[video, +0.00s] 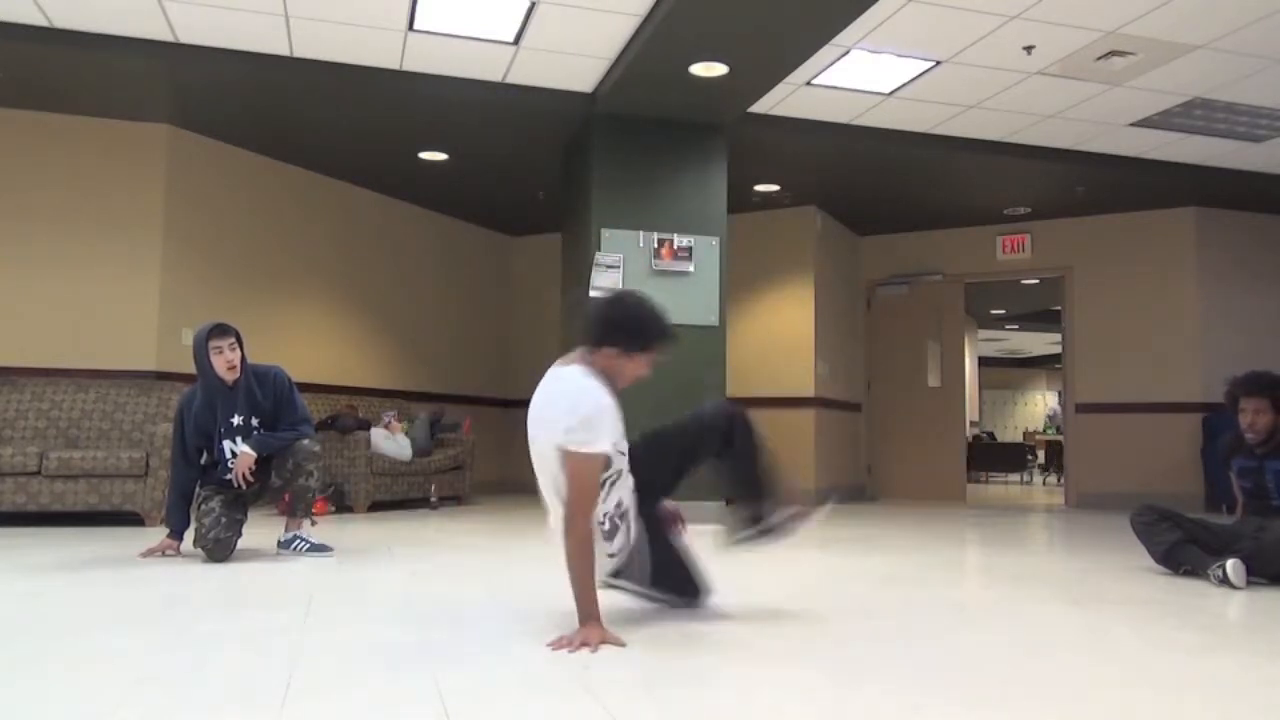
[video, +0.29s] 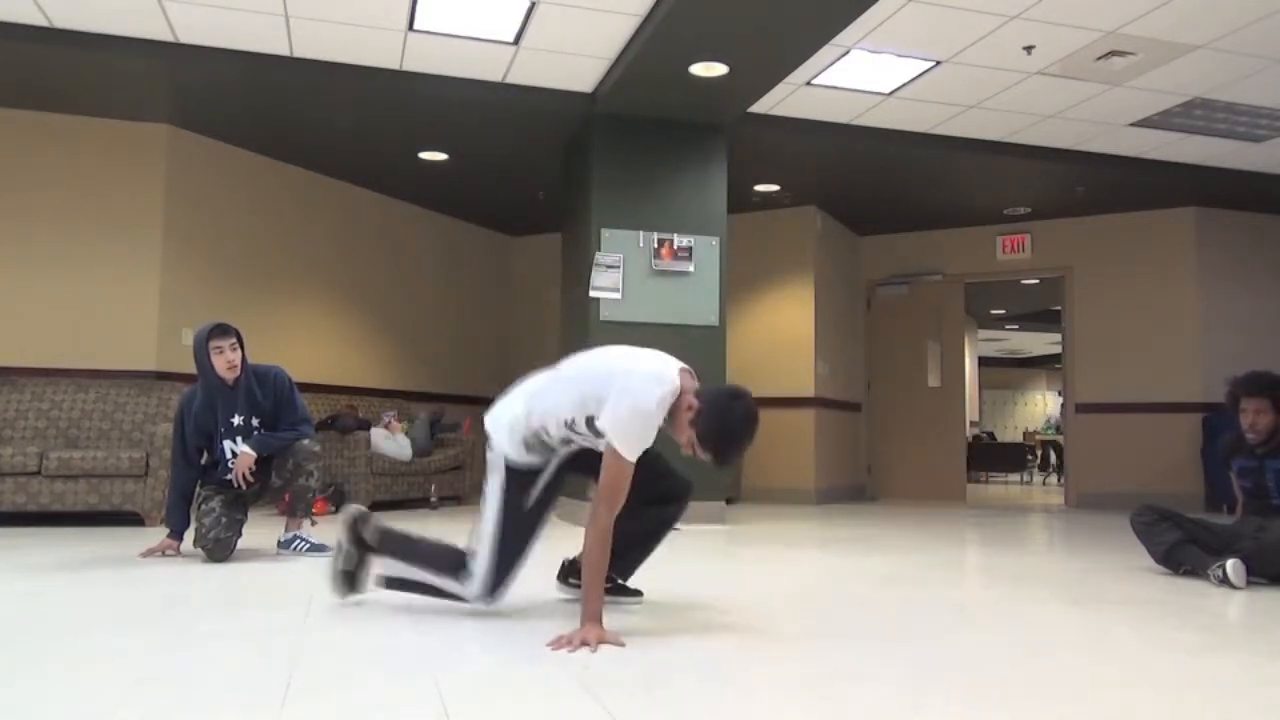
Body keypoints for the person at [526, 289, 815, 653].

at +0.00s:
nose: (649, 371)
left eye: (651, 360)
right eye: (646, 359)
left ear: (610, 347)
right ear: (618, 351)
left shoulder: (574, 370)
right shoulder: (588, 403)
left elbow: (597, 474)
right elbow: (578, 517)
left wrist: (651, 507)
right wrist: (590, 622)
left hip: (619, 482)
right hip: (614, 529)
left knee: (726, 420)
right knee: (687, 591)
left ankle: (754, 512)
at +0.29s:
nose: (690, 456)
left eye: (699, 454)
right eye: (695, 449)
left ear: (698, 403)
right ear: (691, 414)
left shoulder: (678, 380)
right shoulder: (639, 401)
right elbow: (602, 518)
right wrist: (591, 621)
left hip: (578, 434)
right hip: (524, 441)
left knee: (665, 492)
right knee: (481, 585)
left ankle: (588, 571)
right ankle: (368, 535)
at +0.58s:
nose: (667, 432)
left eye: (677, 432)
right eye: (675, 426)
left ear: (676, 387)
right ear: (676, 392)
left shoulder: (647, 370)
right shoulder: (635, 367)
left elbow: (600, 478)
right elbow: (590, 488)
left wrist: (581, 573)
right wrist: (581, 595)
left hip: (539, 374)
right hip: (496, 354)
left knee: (624, 459)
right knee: (537, 454)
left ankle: (581, 567)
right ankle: (457, 596)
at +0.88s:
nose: (668, 339)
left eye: (679, 336)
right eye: (678, 330)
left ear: (669, 292)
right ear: (670, 296)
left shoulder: (630, 292)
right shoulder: (625, 290)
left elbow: (591, 406)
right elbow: (589, 406)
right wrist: (600, 515)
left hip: (517, 341)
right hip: (479, 330)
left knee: (569, 442)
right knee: (527, 459)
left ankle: (577, 569)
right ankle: (472, 618)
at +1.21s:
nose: (657, 208)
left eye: (666, 202)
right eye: (656, 194)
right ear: (629, 168)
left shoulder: (606, 213)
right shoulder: (586, 198)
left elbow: (565, 303)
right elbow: (549, 310)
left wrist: (598, 381)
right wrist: (591, 400)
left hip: (524, 324)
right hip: (485, 320)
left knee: (560, 450)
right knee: (525, 459)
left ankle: (566, 573)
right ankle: (472, 619)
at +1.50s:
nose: (635, 160)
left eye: (645, 153)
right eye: (630, 145)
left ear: (648, 151)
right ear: (601, 128)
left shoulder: (610, 201)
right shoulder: (556, 170)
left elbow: (593, 285)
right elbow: (488, 242)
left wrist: (647, 344)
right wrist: (505, 331)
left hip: (561, 331)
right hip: (511, 328)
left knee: (599, 460)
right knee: (532, 470)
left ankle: (575, 574)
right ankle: (473, 619)